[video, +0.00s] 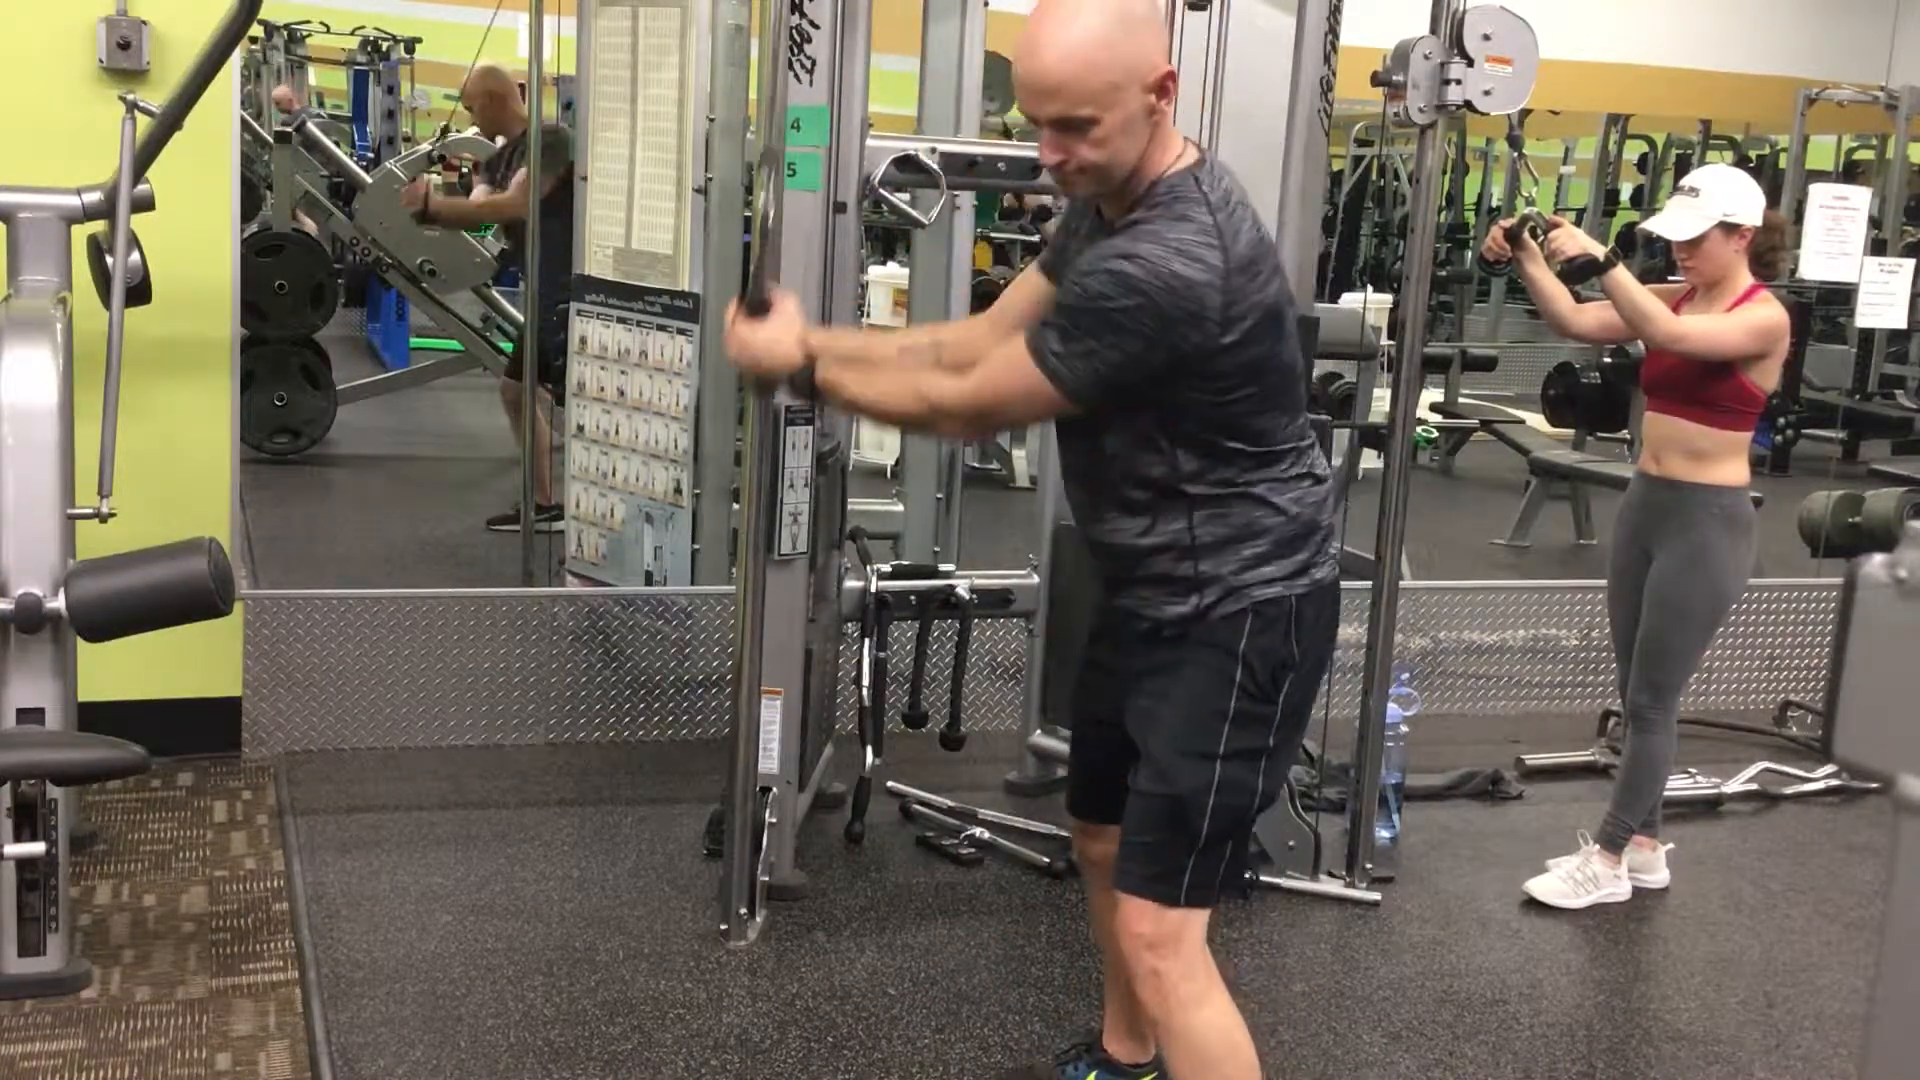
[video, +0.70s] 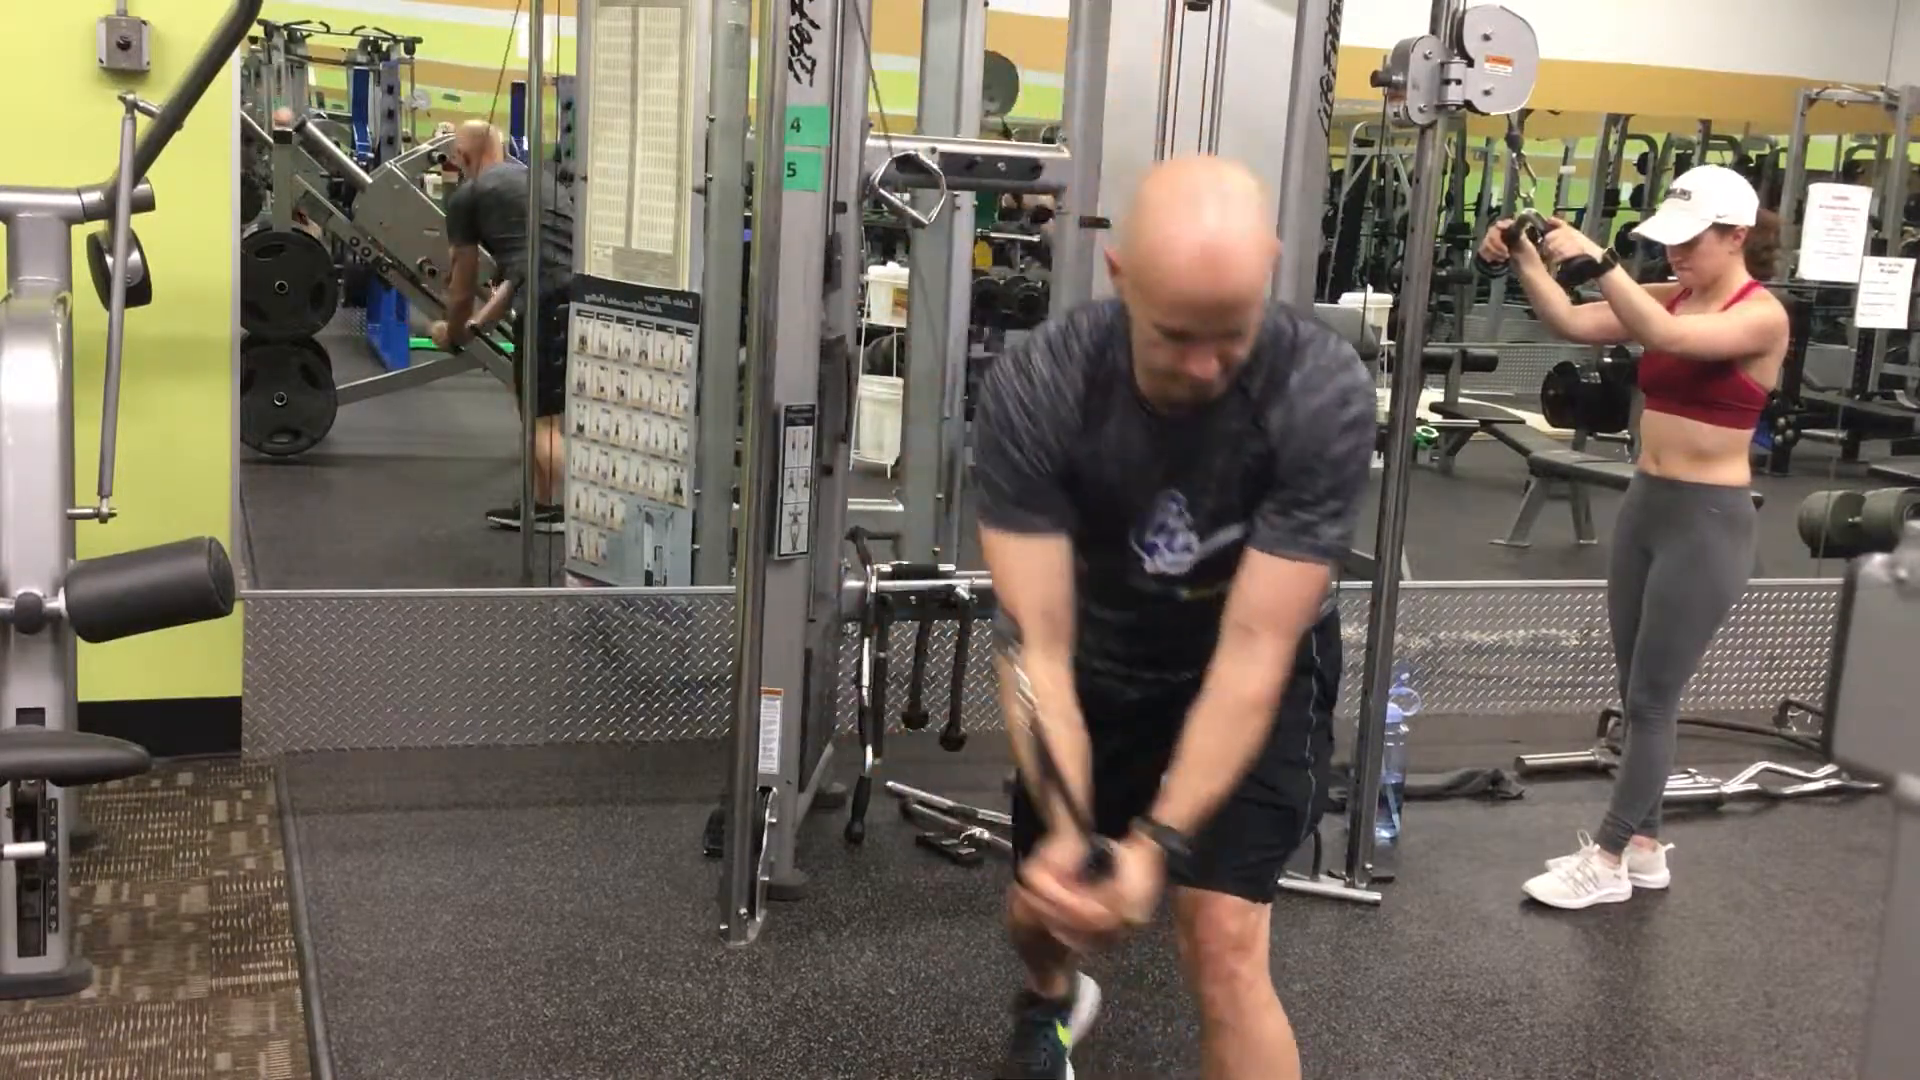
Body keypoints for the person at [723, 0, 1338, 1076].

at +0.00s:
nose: (1049, 155)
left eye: (1076, 128)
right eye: (1036, 125)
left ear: (1160, 98)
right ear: (1024, 99)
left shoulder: (1177, 259)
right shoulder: (1109, 205)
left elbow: (966, 404)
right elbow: (974, 344)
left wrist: (805, 367)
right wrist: (811, 340)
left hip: (1242, 603)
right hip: (1151, 587)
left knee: (1158, 929)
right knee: (1102, 833)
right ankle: (1131, 1054)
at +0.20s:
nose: (1073, 185)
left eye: (1103, 156)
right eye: (1050, 154)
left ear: (1172, 117)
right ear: (1028, 123)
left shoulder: (1222, 284)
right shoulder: (1050, 230)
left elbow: (1047, 504)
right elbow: (956, 418)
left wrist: (841, 529)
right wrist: (824, 503)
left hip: (1240, 618)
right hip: (1110, 605)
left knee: (1165, 934)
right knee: (1087, 855)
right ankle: (1127, 1053)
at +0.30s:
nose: (1086, 209)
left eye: (1115, 181)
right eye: (1061, 178)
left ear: (1174, 137)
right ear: (1034, 142)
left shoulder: (1241, 300)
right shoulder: (1027, 248)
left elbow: (1087, 535)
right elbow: (949, 448)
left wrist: (888, 605)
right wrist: (853, 578)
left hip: (1249, 617)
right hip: (1109, 602)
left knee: (1181, 943)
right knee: (1068, 853)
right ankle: (1126, 1049)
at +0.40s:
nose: (1102, 244)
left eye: (1131, 216)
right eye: (1077, 215)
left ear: (1184, 170)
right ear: (1044, 174)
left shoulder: (1254, 321)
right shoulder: (1012, 284)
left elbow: (1127, 571)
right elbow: (952, 487)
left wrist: (942, 680)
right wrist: (899, 656)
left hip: (1253, 626)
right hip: (1105, 606)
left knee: (1192, 933)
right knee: (1054, 858)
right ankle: (1122, 1045)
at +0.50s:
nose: (1131, 286)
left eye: (1161, 256)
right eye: (1103, 256)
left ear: (1204, 211)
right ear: (1061, 212)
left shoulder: (1273, 339)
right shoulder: (1007, 314)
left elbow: (1165, 606)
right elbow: (967, 545)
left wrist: (1007, 735)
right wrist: (946, 712)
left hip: (1256, 638)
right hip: (1100, 618)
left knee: (1204, 936)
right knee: (1043, 880)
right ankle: (1117, 1042)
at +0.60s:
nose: (1166, 326)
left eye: (1195, 296)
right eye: (1136, 296)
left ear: (1235, 245)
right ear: (1086, 238)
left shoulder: (1297, 368)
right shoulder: (1017, 350)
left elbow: (1212, 619)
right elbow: (992, 587)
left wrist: (1076, 790)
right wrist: (1003, 758)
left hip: (1258, 640)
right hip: (1100, 623)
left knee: (1212, 947)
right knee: (1036, 868)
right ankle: (1096, 1019)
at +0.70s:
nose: (1204, 367)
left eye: (1232, 335)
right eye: (1174, 336)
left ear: (1269, 279)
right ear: (1117, 273)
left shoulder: (1321, 395)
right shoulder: (1038, 384)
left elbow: (1254, 648)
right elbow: (1038, 645)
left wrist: (1157, 835)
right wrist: (1065, 824)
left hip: (1252, 656)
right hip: (1101, 652)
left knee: (1224, 939)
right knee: (1036, 901)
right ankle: (1050, 1003)